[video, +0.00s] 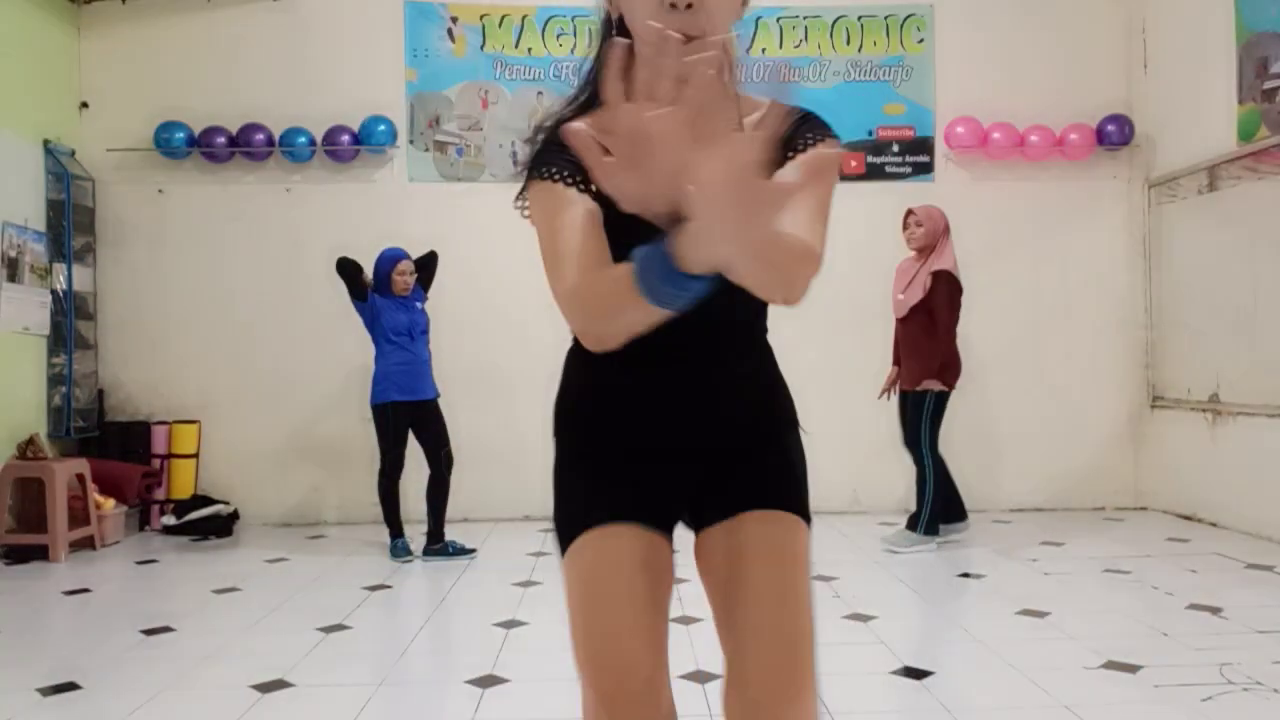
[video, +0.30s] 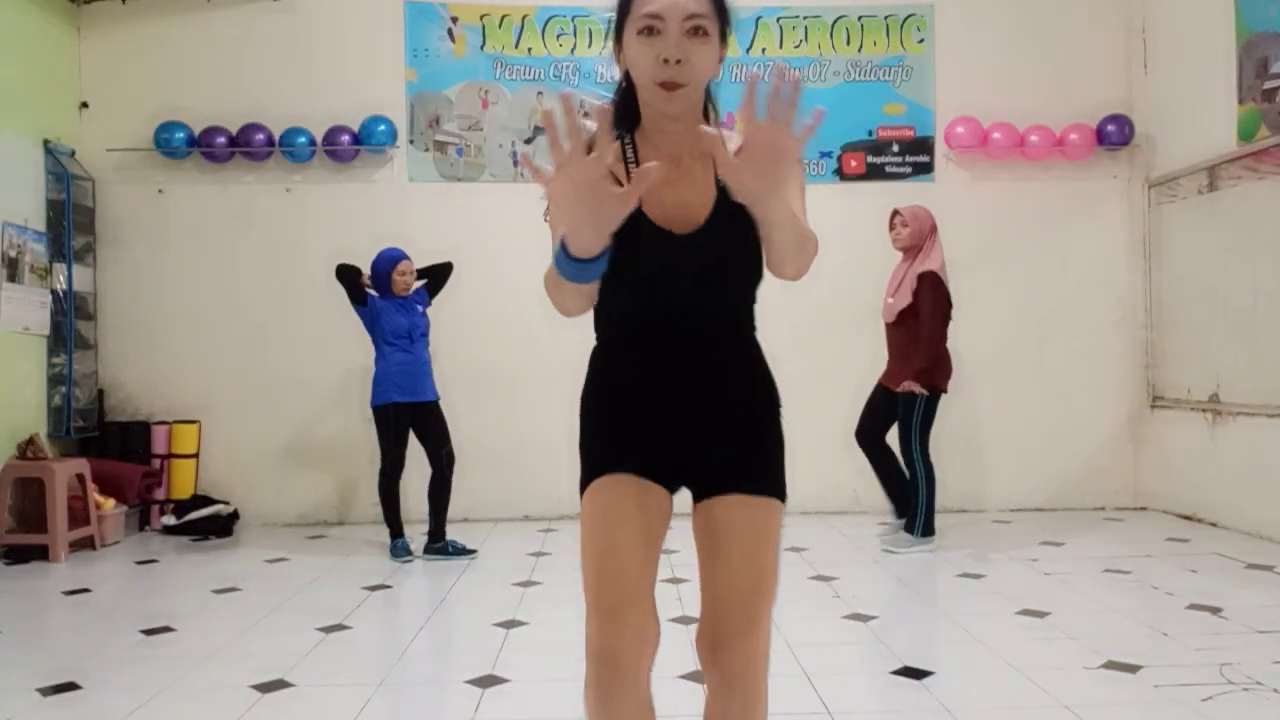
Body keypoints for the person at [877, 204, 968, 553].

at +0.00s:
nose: (911, 231)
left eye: (918, 226)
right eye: (907, 227)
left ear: (937, 231)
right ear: (905, 234)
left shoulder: (943, 274)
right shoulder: (909, 271)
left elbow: (945, 329)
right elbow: (903, 323)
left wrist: (935, 373)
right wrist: (896, 366)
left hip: (936, 373)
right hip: (911, 371)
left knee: (924, 445)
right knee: (914, 442)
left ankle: (923, 528)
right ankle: (952, 514)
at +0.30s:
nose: (896, 231)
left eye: (903, 226)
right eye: (893, 227)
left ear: (923, 231)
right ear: (892, 235)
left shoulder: (929, 276)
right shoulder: (903, 272)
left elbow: (933, 332)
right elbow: (906, 327)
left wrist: (918, 376)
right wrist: (896, 368)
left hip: (924, 378)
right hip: (897, 373)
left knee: (913, 448)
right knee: (868, 435)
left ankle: (921, 530)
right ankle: (906, 511)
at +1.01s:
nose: (876, 232)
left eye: (883, 227)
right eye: (870, 227)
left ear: (894, 234)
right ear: (860, 235)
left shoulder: (912, 271)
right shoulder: (850, 272)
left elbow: (926, 325)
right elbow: (833, 328)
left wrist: (921, 373)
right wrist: (824, 383)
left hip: (898, 376)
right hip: (855, 375)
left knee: (886, 445)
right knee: (854, 453)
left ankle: (903, 523)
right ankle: (862, 532)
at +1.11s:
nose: (880, 229)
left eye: (887, 224)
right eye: (874, 225)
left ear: (899, 232)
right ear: (865, 234)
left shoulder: (917, 275)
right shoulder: (849, 269)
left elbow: (928, 328)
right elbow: (831, 320)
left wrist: (930, 376)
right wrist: (823, 369)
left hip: (900, 375)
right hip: (853, 375)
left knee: (900, 448)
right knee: (858, 452)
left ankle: (909, 517)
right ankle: (863, 531)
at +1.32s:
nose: (890, 230)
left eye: (897, 224)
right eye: (884, 225)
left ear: (912, 231)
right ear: (877, 233)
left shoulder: (927, 276)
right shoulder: (862, 270)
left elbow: (940, 332)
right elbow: (842, 314)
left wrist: (942, 383)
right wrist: (832, 358)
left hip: (908, 376)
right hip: (861, 372)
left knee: (913, 453)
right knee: (859, 451)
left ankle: (920, 530)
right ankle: (861, 531)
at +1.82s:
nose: (904, 240)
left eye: (911, 234)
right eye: (898, 233)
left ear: (920, 237)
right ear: (886, 236)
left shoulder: (933, 275)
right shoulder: (869, 276)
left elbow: (953, 323)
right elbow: (856, 329)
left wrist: (967, 367)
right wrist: (856, 377)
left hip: (927, 373)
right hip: (882, 373)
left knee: (928, 450)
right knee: (881, 448)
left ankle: (923, 526)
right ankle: (884, 518)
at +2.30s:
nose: (901, 244)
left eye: (906, 238)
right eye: (894, 238)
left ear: (913, 242)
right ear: (880, 241)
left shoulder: (922, 276)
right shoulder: (862, 279)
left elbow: (935, 328)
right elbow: (851, 332)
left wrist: (938, 375)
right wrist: (856, 379)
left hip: (917, 373)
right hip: (875, 375)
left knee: (930, 442)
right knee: (878, 446)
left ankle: (925, 520)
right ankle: (885, 519)